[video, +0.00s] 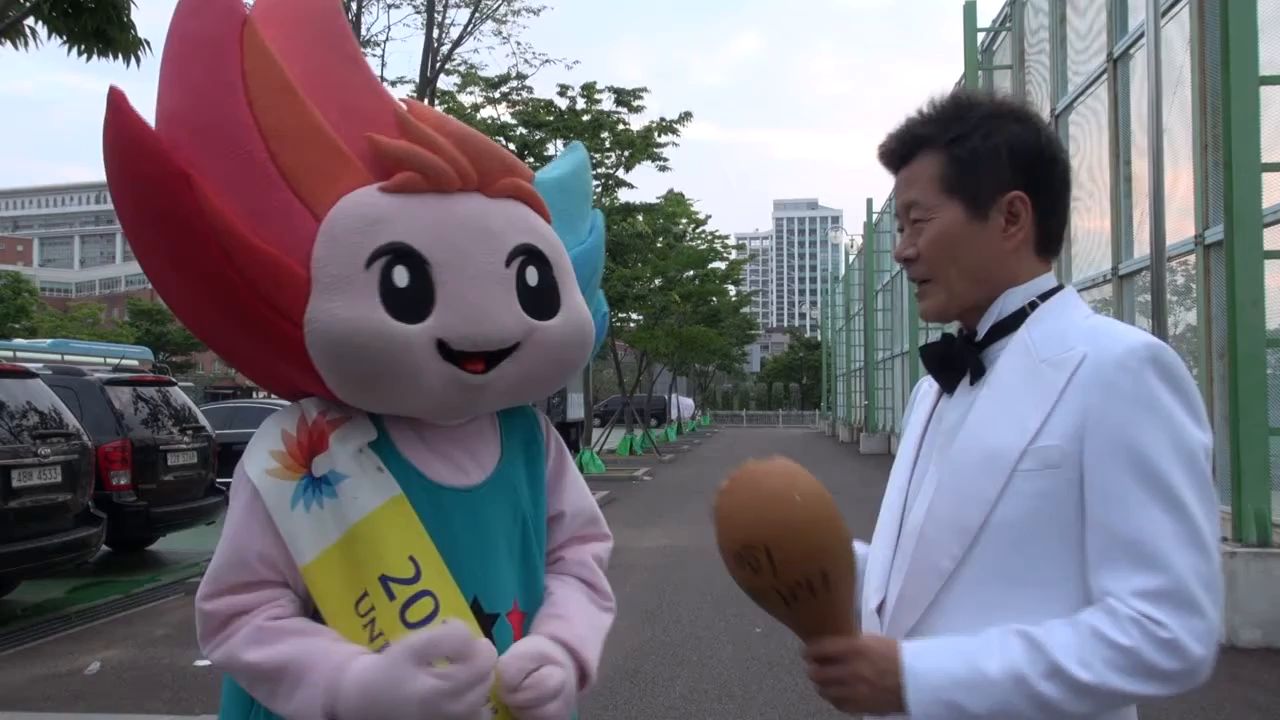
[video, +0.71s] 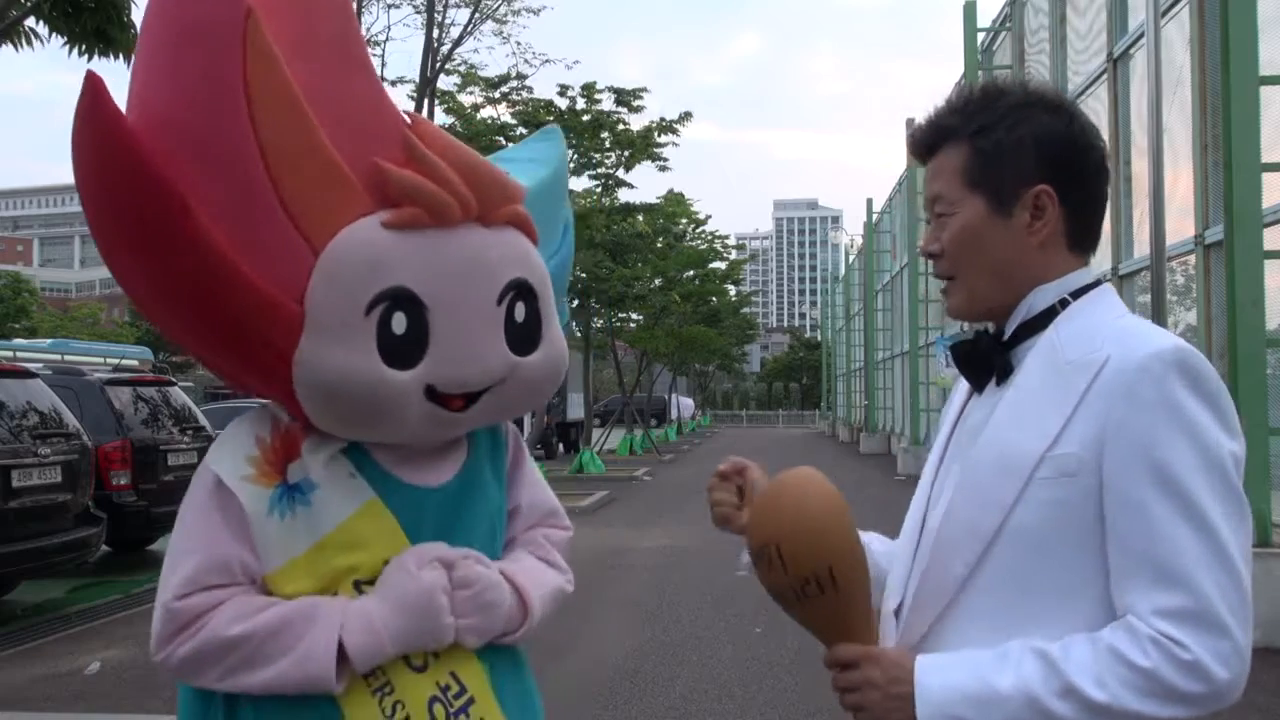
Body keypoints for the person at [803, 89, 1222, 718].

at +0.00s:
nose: (900, 252)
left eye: (917, 220)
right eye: (900, 226)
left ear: (1011, 218)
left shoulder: (1121, 368)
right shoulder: (939, 385)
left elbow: (1170, 633)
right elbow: (920, 576)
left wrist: (915, 679)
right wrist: (815, 566)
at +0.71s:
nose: (926, 245)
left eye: (944, 214)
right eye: (929, 218)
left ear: (1037, 214)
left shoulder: (1145, 370)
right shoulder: (983, 375)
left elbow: (1195, 655)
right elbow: (936, 583)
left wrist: (932, 688)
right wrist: (780, 523)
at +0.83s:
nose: (926, 249)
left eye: (940, 219)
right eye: (927, 224)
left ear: (1034, 215)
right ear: (1032, 217)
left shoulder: (1146, 370)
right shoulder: (993, 375)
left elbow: (1195, 657)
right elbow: (912, 557)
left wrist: (927, 691)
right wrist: (792, 443)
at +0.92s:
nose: (923, 254)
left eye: (935, 220)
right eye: (923, 226)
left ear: (1030, 215)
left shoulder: (1145, 371)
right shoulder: (991, 373)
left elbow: (1194, 661)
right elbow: (891, 536)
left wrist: (923, 691)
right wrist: (819, 394)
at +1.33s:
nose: (920, 266)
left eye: (931, 231)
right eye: (918, 236)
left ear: (1025, 220)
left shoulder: (1156, 381)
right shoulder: (977, 375)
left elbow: (1204, 673)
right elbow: (897, 546)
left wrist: (930, 693)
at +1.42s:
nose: (920, 275)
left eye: (931, 240)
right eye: (917, 246)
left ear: (1025, 223)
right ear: (1013, 228)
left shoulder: (1161, 384)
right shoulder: (979, 382)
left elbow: (1210, 675)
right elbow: (879, 540)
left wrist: (935, 693)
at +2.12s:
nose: (948, 226)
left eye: (970, 194)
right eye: (955, 201)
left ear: (1070, 202)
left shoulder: (1154, 375)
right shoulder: (974, 371)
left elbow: (1142, 662)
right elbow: (931, 567)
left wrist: (870, 645)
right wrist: (820, 585)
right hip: (897, 707)